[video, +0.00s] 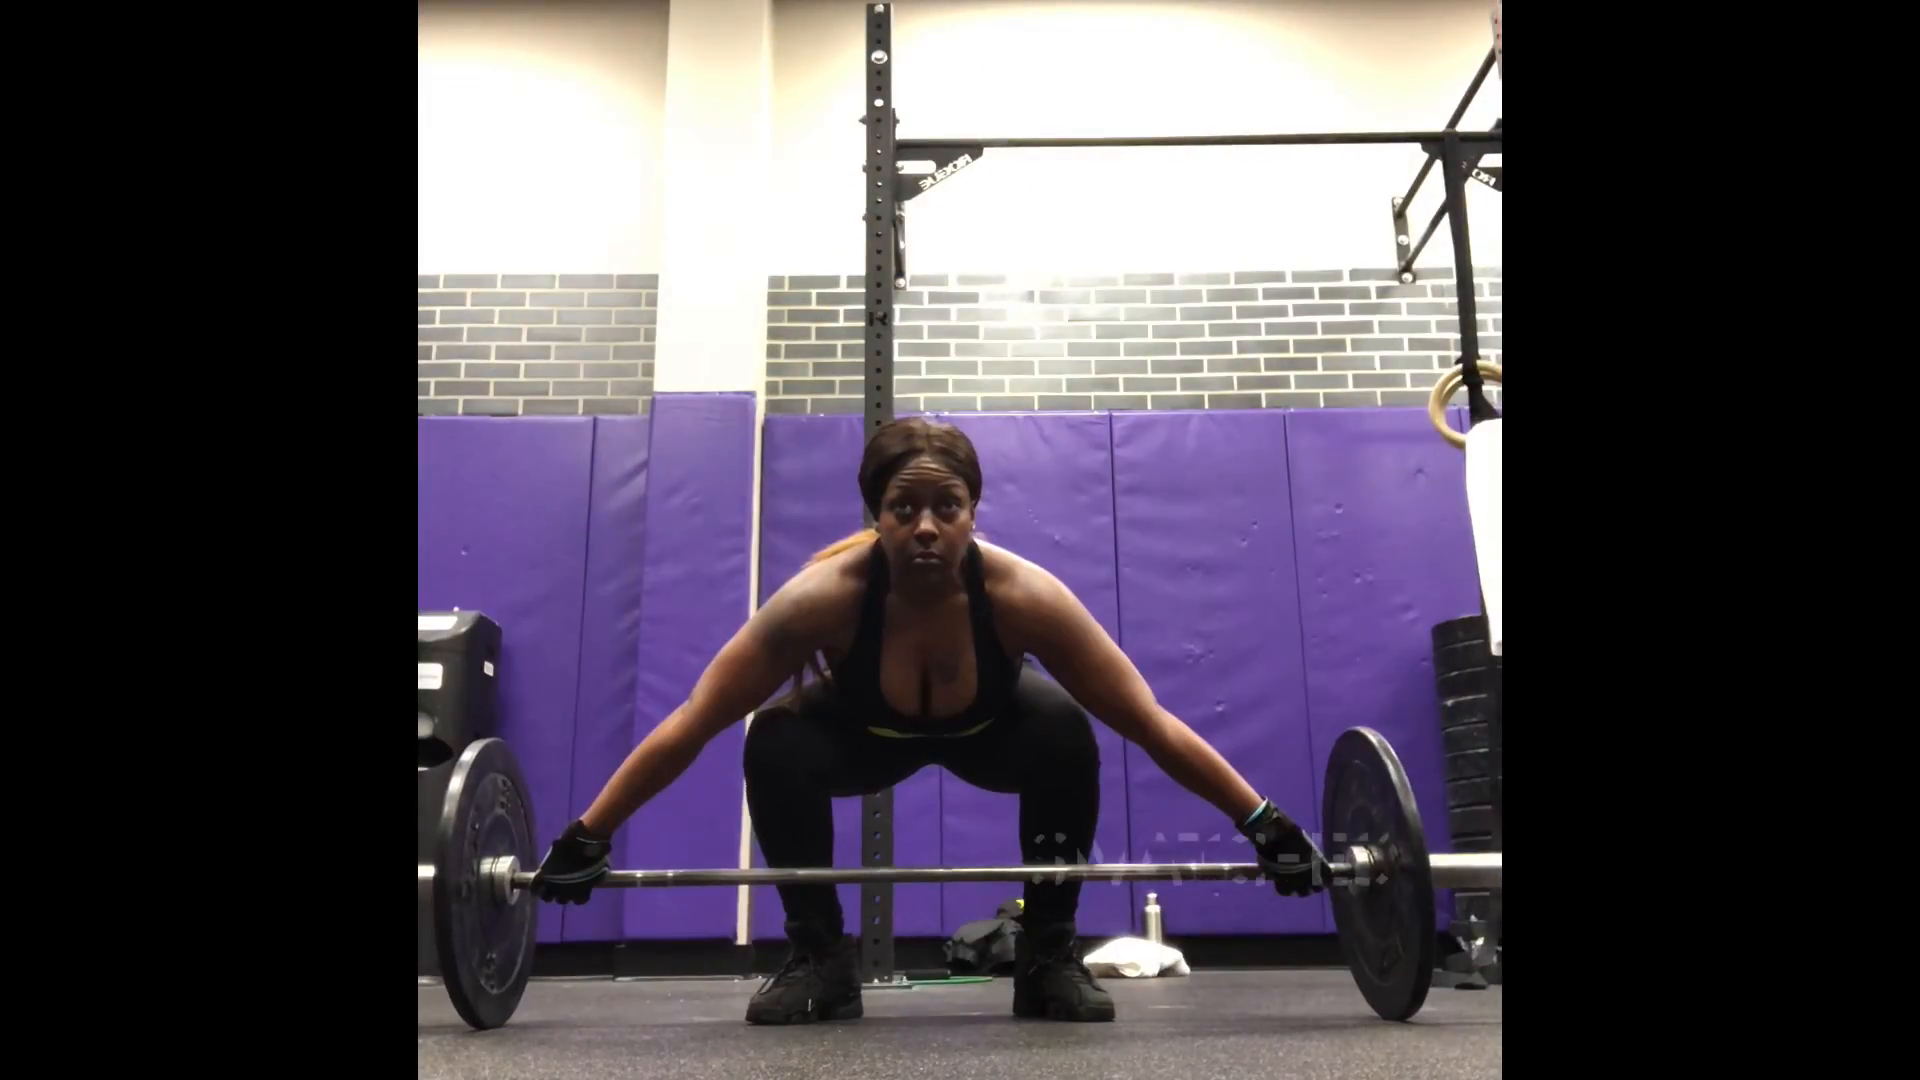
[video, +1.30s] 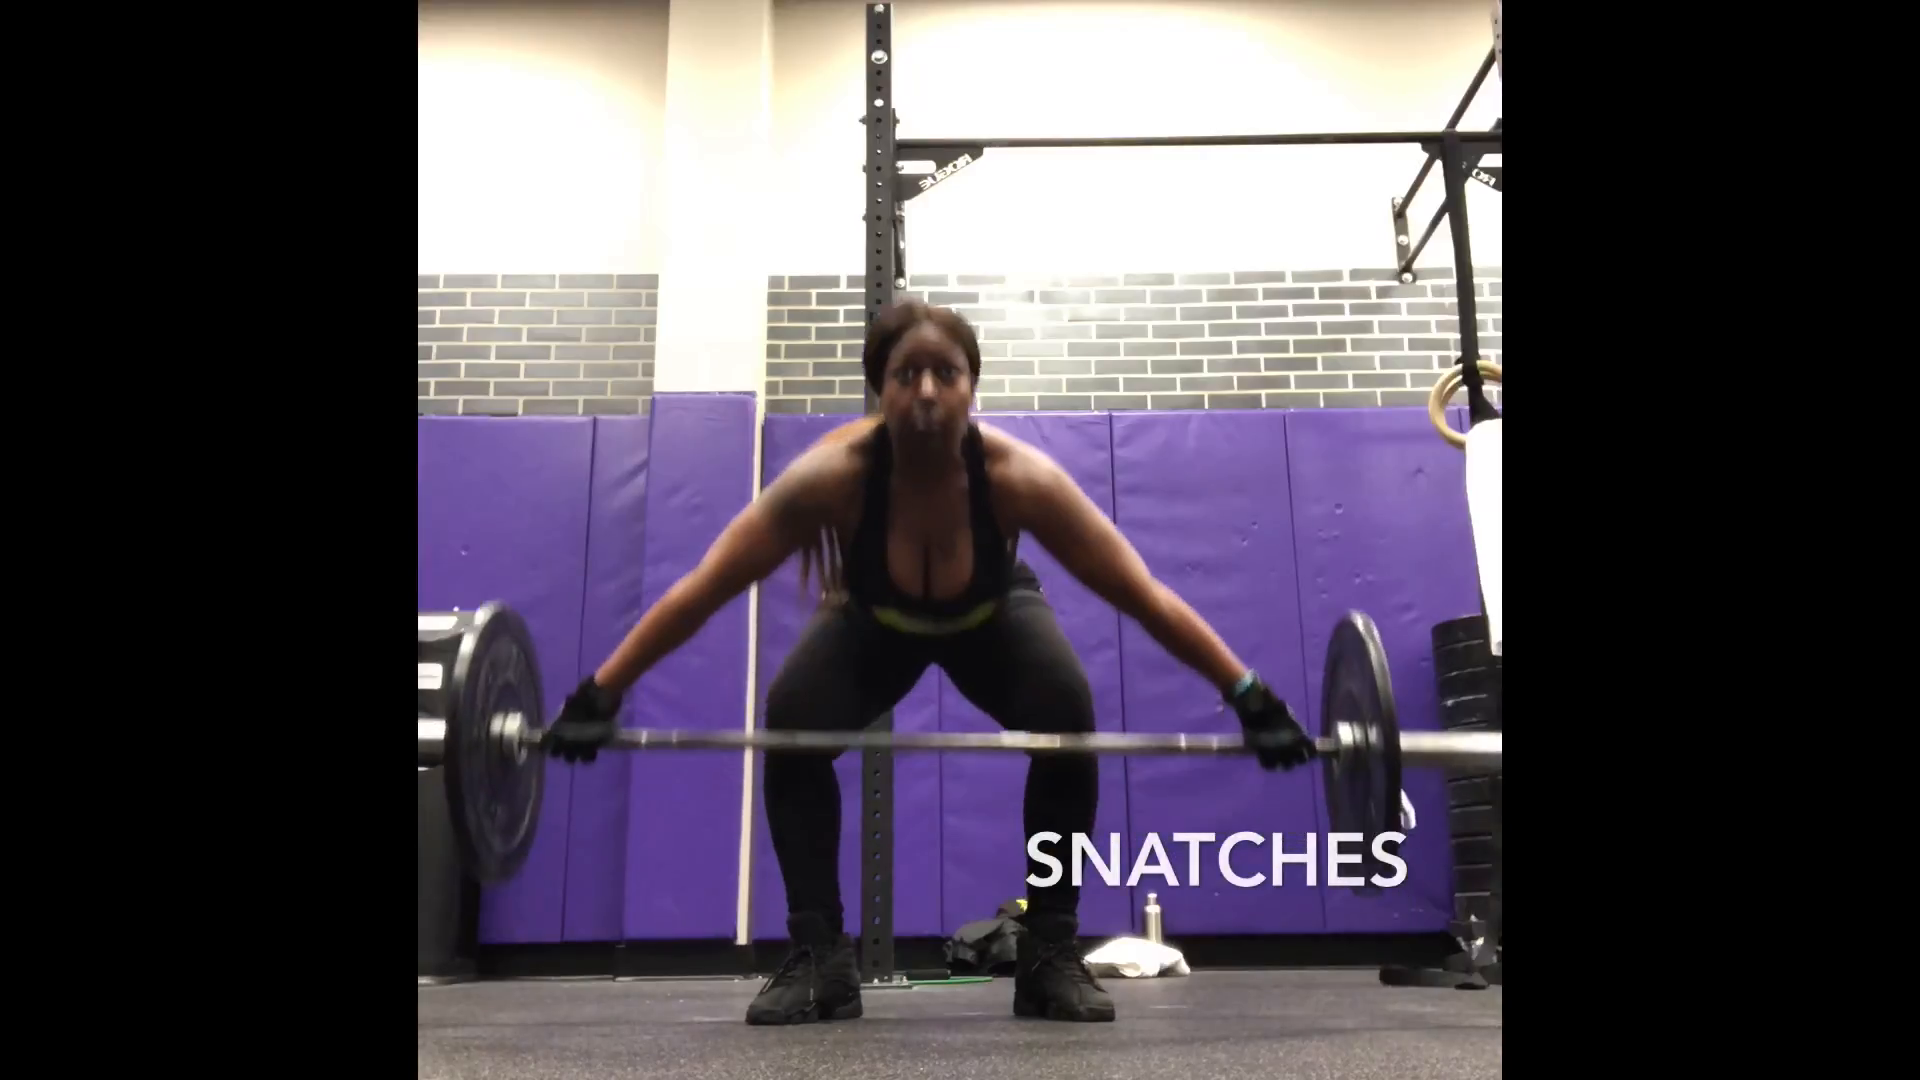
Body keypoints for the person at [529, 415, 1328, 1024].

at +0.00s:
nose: (927, 525)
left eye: (945, 505)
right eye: (907, 507)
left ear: (973, 511)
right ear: (877, 516)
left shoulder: (1025, 595)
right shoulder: (822, 595)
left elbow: (1148, 723)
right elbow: (696, 723)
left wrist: (1262, 820)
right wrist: (585, 835)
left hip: (984, 730)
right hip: (865, 734)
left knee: (1065, 734)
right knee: (776, 748)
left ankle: (1049, 962)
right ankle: (820, 962)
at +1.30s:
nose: (927, 389)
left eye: (945, 372)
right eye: (909, 373)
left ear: (972, 387)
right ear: (879, 390)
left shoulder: (1021, 480)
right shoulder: (831, 477)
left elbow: (1139, 593)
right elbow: (708, 586)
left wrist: (1247, 691)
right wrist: (599, 691)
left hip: (991, 622)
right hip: (876, 626)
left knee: (1069, 720)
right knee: (789, 729)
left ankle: (1050, 960)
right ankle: (817, 959)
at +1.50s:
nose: (934, 249)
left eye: (950, 237)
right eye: (915, 237)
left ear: (976, 268)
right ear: (885, 267)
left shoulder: (1019, 380)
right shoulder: (837, 372)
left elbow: (1140, 463)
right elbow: (719, 453)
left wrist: (1242, 554)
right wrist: (615, 545)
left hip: (985, 587)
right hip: (871, 588)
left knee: (1054, 725)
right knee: (791, 728)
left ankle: (1048, 959)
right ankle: (822, 957)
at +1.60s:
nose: (943, 179)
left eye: (958, 170)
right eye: (924, 169)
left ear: (979, 200)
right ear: (894, 197)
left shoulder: (1021, 312)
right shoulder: (842, 303)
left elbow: (1138, 377)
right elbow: (732, 369)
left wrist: (1235, 442)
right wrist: (629, 428)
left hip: (980, 539)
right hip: (870, 538)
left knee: (1030, 713)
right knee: (816, 712)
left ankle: (1047, 945)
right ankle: (817, 947)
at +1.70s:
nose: (943, 140)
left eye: (960, 133)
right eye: (926, 131)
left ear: (983, 166)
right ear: (899, 162)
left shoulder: (1015, 258)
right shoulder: (850, 250)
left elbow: (1133, 302)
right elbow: (734, 306)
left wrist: (1232, 325)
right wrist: (631, 311)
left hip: (978, 478)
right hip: (870, 477)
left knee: (1028, 681)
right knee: (831, 680)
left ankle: (1073, 910)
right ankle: (792, 912)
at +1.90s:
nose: (948, 219)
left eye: (964, 211)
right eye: (933, 210)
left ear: (986, 239)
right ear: (907, 235)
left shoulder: (1019, 314)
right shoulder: (856, 308)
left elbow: (1147, 296)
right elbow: (730, 296)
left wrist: (1222, 195)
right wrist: (652, 191)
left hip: (990, 534)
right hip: (878, 535)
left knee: (1101, 703)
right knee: (758, 708)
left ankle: (1175, 927)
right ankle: (708, 946)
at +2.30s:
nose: (939, 343)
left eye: (956, 328)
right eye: (922, 329)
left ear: (984, 344)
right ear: (897, 346)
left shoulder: (1024, 423)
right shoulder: (858, 420)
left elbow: (1151, 356)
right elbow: (739, 354)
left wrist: (1241, 281)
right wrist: (649, 276)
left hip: (1003, 665)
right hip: (882, 669)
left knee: (1153, 748)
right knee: (717, 746)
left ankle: (1184, 962)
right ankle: (703, 961)